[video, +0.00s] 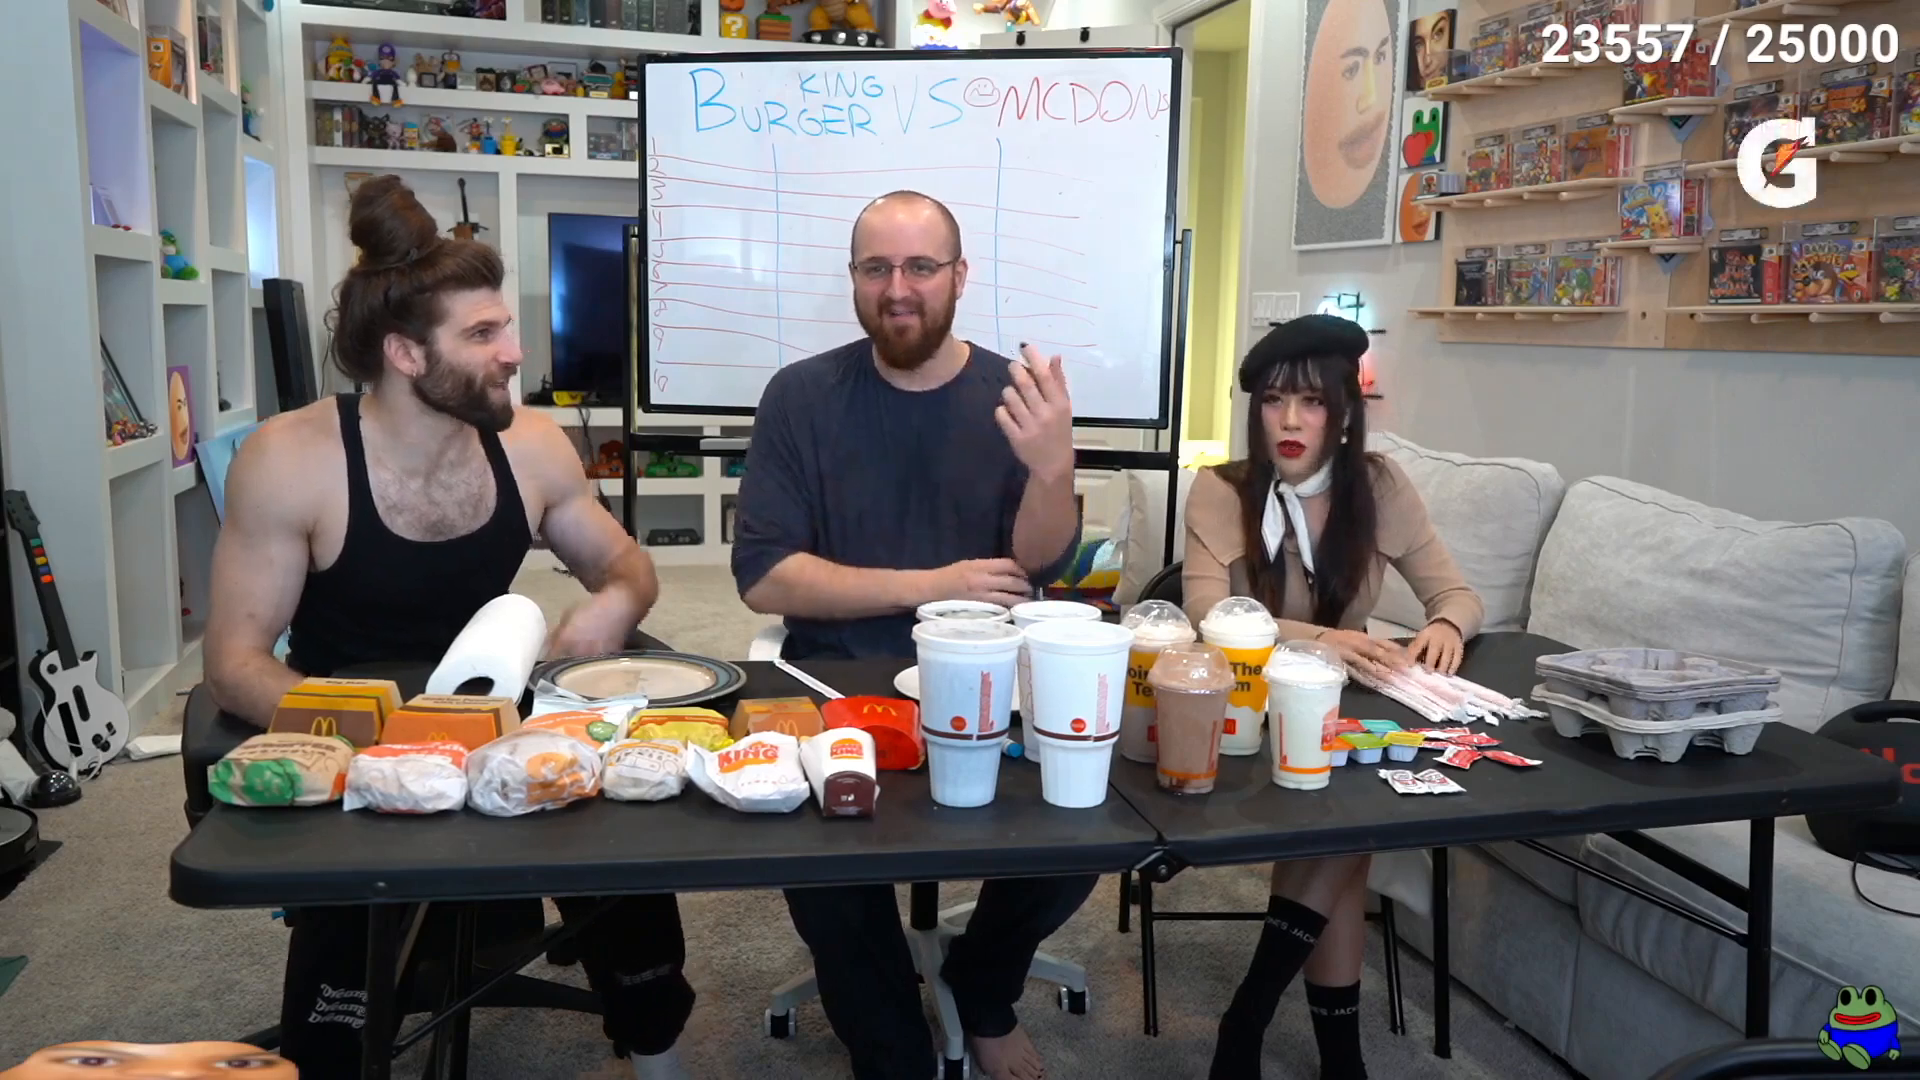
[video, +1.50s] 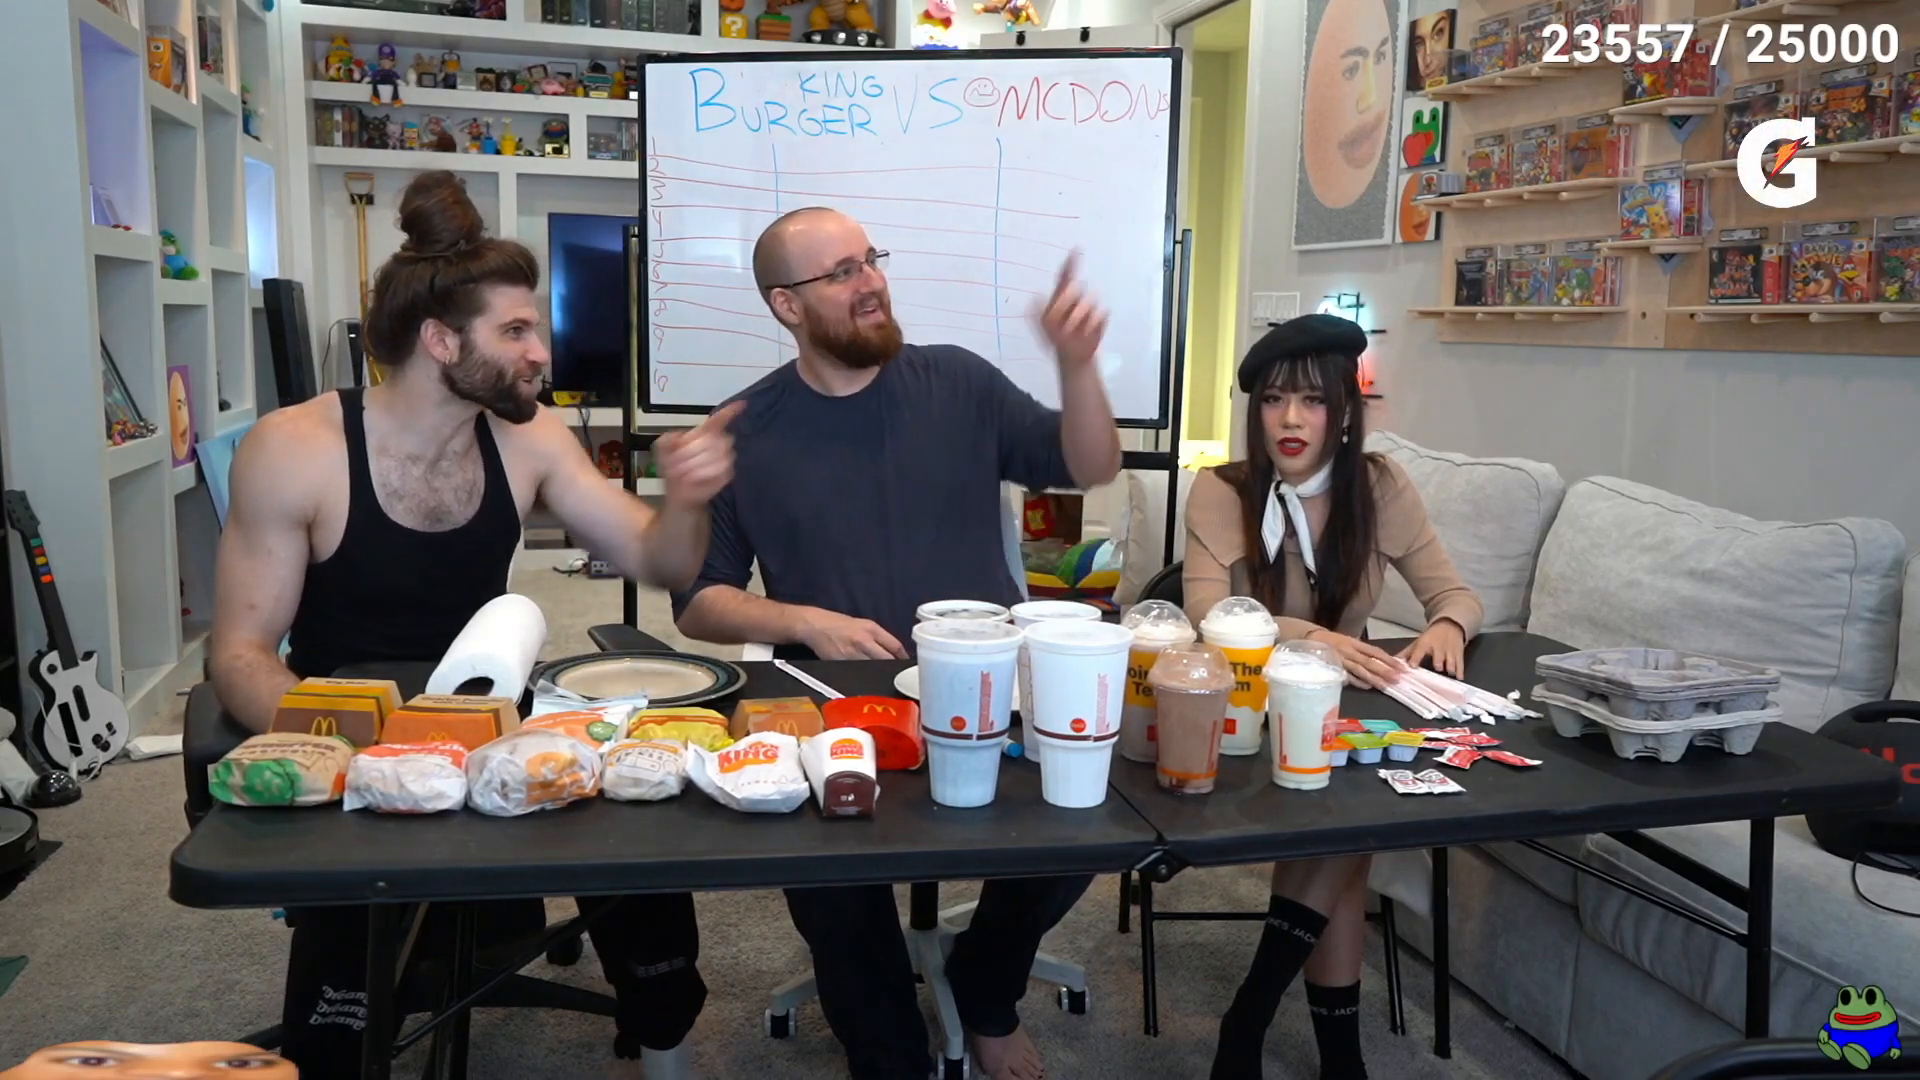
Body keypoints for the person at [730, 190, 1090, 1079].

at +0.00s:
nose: (897, 288)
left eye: (920, 268)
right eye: (876, 269)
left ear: (960, 278)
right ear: (852, 282)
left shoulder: (1015, 392)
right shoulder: (800, 396)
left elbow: (1039, 565)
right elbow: (764, 577)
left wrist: (1051, 472)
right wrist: (930, 584)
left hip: (991, 672)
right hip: (839, 677)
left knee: (1076, 830)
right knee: (819, 854)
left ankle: (980, 986)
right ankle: (899, 1060)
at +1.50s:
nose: (873, 282)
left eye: (872, 261)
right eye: (843, 273)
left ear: (884, 267)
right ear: (786, 306)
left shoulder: (958, 380)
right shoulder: (741, 432)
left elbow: (1092, 464)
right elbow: (698, 602)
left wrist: (1078, 367)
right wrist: (805, 623)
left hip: (982, 689)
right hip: (833, 702)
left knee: (1071, 826)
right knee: (820, 861)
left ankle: (982, 991)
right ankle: (895, 1062)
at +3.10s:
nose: (787, 392)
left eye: (810, 363)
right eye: (762, 367)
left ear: (860, 336)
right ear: (739, 347)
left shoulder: (970, 393)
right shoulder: (732, 393)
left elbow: (1098, 436)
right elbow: (759, 481)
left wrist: (1083, 609)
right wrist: (787, 587)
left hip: (952, 677)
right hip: (812, 665)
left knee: (875, 839)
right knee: (757, 825)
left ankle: (900, 1046)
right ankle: (836, 1022)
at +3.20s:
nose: (772, 418)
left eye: (794, 389)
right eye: (745, 395)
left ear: (846, 343)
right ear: (720, 365)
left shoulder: (967, 381)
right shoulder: (719, 391)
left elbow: (1092, 431)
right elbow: (762, 484)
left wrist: (1089, 591)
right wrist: (786, 577)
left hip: (952, 658)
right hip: (811, 652)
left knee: (881, 833)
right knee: (761, 818)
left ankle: (902, 1045)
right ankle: (838, 1021)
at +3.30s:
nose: (763, 410)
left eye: (784, 380)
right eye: (736, 388)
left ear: (836, 325)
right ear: (709, 353)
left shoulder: (971, 361)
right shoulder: (709, 376)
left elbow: (1089, 429)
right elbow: (756, 473)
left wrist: (1089, 579)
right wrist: (782, 565)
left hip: (956, 642)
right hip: (809, 636)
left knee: (889, 833)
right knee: (771, 819)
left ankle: (901, 1044)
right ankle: (837, 1021)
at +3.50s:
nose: (724, 330)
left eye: (741, 301)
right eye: (703, 305)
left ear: (808, 249)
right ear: (681, 266)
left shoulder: (968, 289)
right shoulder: (706, 311)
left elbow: (1082, 398)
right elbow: (741, 427)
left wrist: (1099, 554)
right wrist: (783, 542)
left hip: (944, 581)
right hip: (807, 577)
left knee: (882, 811)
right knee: (772, 796)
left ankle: (900, 1040)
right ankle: (834, 1019)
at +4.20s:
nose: (634, 79)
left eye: (623, 49)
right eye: (621, 55)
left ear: (671, 20)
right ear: (686, 18)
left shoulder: (854, 121)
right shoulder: (765, 122)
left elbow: (972, 335)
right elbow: (827, 328)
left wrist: (894, 521)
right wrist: (784, 485)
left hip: (866, 522)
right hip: (783, 505)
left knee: (850, 771)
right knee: (716, 730)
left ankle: (893, 1025)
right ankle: (770, 980)